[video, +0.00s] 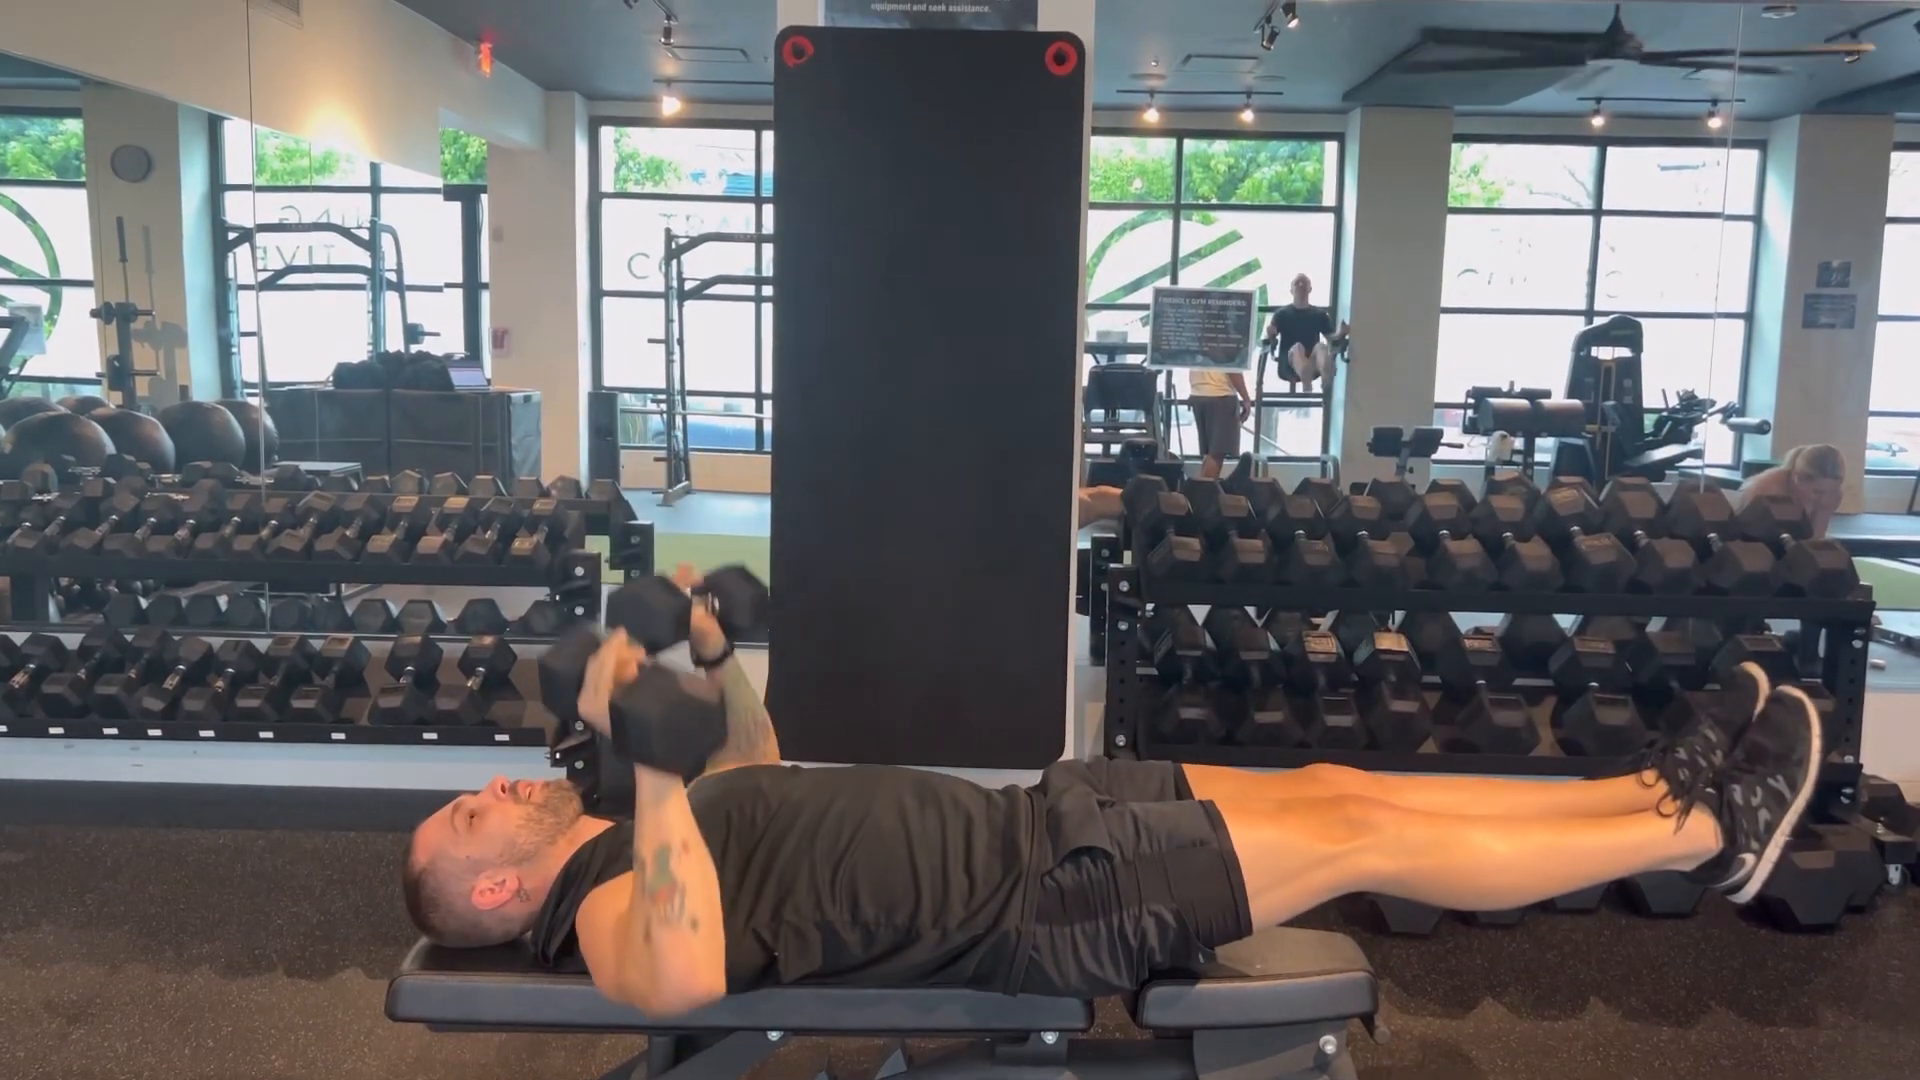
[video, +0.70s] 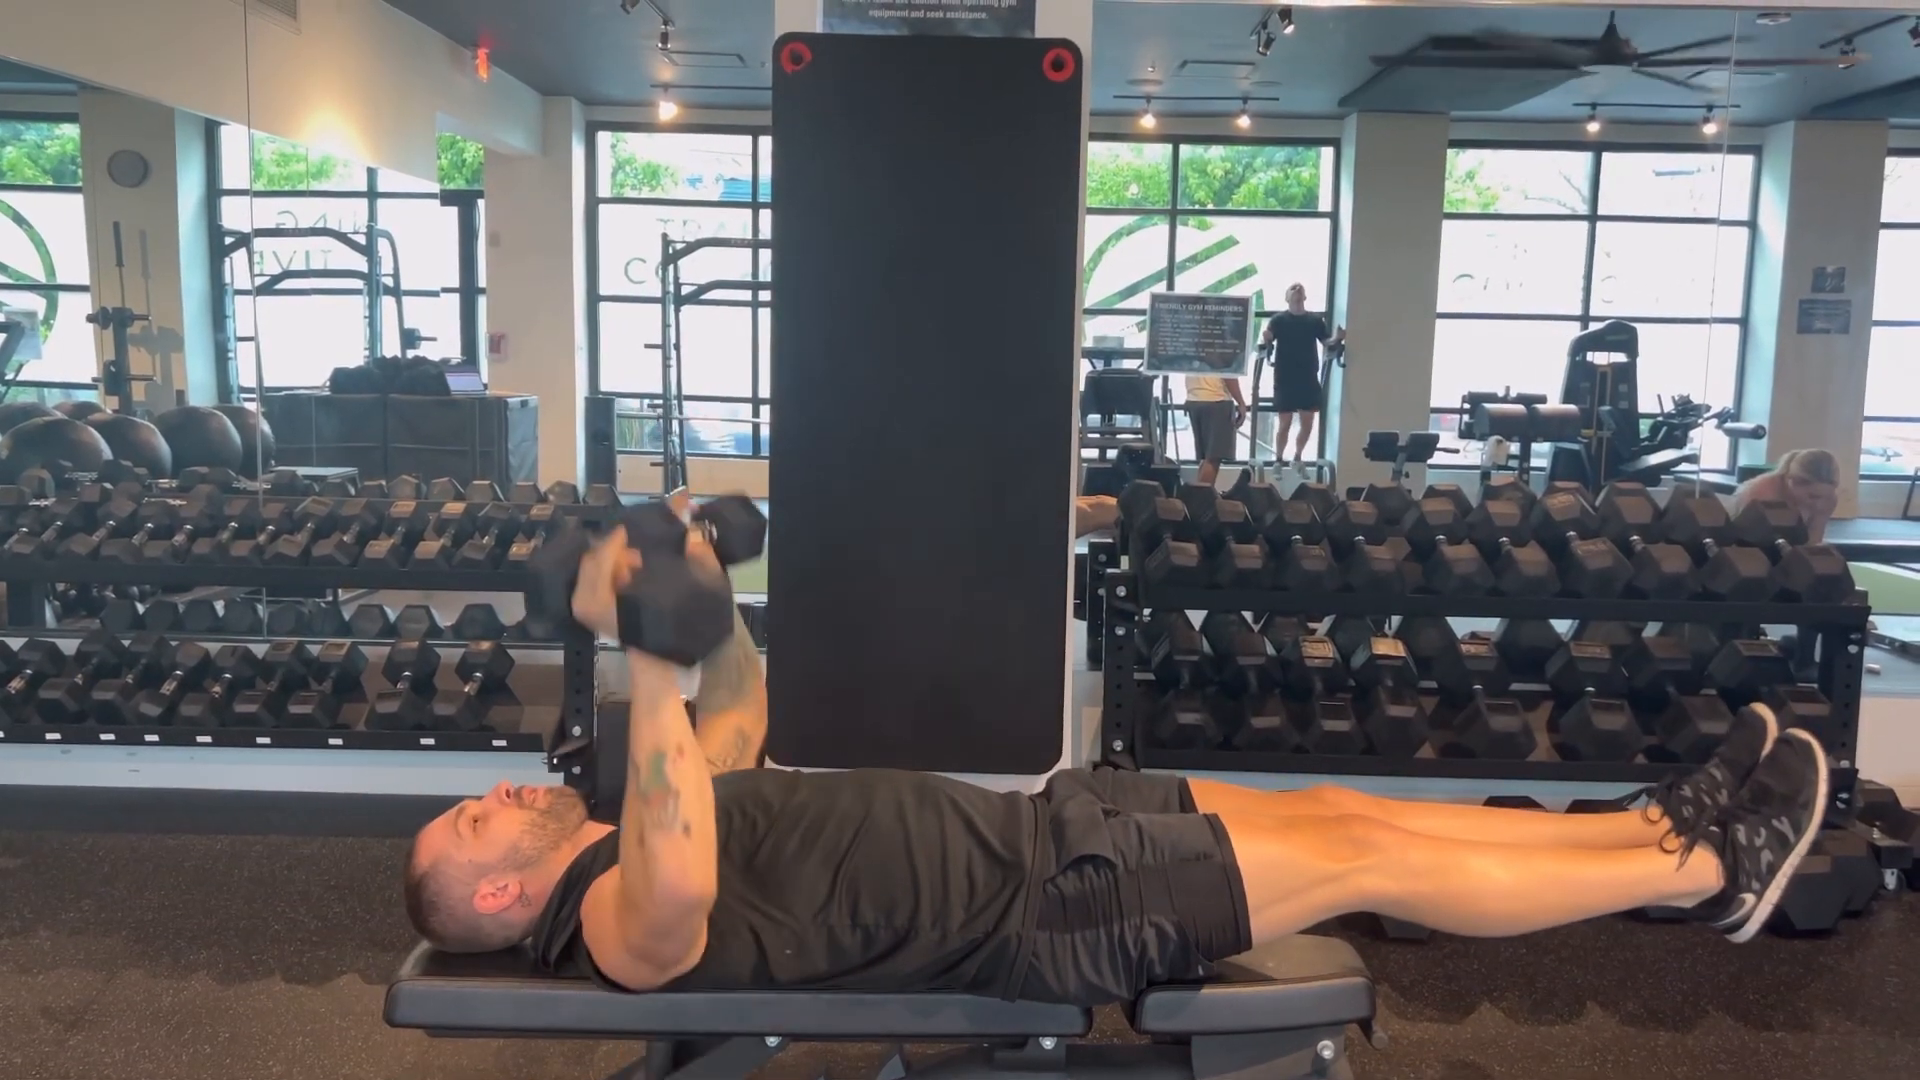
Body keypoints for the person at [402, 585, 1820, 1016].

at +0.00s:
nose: (511, 795)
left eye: (490, 799)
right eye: (483, 824)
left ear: (530, 816)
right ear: (490, 896)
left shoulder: (620, 820)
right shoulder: (594, 918)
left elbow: (651, 690)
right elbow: (677, 987)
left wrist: (628, 674)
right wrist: (652, 793)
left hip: (1046, 802)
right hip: (1040, 889)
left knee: (1341, 785)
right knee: (1362, 829)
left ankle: (1657, 809)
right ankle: (1698, 836)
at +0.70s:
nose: (505, 805)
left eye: (487, 810)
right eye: (477, 838)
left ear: (534, 818)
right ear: (496, 907)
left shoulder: (647, 824)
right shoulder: (626, 923)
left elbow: (743, 705)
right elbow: (679, 825)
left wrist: (690, 589)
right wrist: (643, 643)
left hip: (1045, 817)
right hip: (1049, 898)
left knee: (1353, 814)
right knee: (1360, 862)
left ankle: (1677, 832)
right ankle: (1702, 872)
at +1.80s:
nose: (473, 783)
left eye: (442, 797)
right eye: (448, 812)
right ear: (481, 887)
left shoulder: (620, 841)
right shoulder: (602, 900)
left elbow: (680, 615)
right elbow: (611, 694)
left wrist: (646, 471)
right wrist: (585, 493)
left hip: (927, 815)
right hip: (968, 841)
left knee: (875, 524)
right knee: (869, 528)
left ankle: (798, 179)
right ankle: (792, 174)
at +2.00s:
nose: (470, 783)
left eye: (441, 797)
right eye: (446, 813)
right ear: (481, 886)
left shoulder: (621, 835)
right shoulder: (602, 900)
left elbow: (679, 629)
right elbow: (609, 693)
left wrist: (647, 470)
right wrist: (581, 496)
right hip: (967, 849)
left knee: (872, 533)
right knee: (865, 537)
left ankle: (791, 185)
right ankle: (785, 181)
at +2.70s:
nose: (481, 790)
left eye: (465, 801)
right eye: (462, 830)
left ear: (518, 827)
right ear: (494, 893)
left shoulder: (638, 821)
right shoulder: (619, 903)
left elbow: (696, 667)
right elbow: (620, 678)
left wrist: (660, 485)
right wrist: (601, 498)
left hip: (999, 808)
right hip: (1022, 881)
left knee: (1228, 620)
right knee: (1244, 643)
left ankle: (1493, 442)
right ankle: (1547, 452)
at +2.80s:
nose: (497, 788)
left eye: (477, 793)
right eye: (473, 820)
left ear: (528, 828)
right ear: (496, 898)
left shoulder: (641, 834)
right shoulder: (614, 904)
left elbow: (695, 669)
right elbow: (625, 715)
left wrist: (663, 499)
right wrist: (607, 517)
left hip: (1008, 805)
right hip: (1015, 889)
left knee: (1266, 655)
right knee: (1276, 682)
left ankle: (1576, 528)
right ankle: (1609, 543)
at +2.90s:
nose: (492, 794)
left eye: (473, 800)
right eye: (472, 826)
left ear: (523, 839)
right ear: (507, 901)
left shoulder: (640, 834)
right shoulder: (622, 903)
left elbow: (694, 662)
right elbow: (628, 704)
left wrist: (656, 494)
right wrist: (606, 520)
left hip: (1025, 799)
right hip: (1031, 871)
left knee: (1301, 700)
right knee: (1317, 721)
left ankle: (1626, 613)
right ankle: (1652, 642)